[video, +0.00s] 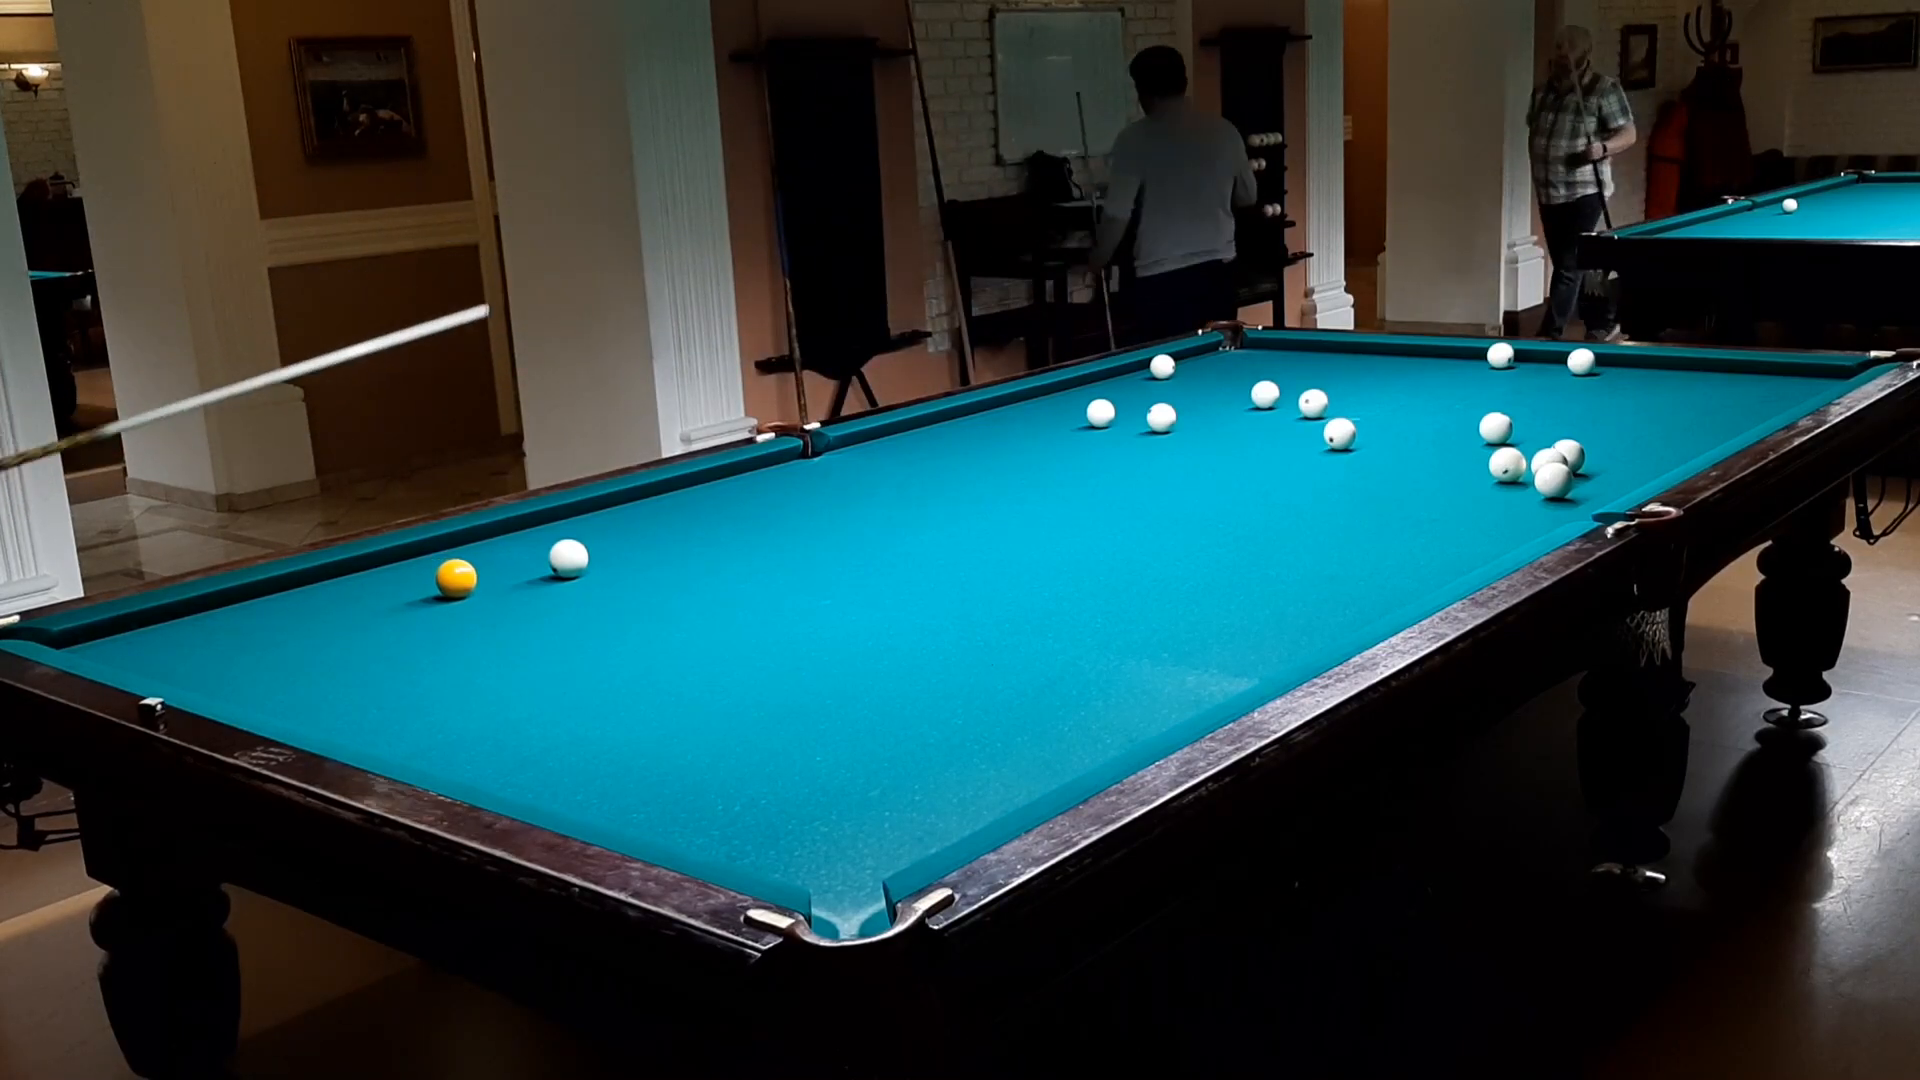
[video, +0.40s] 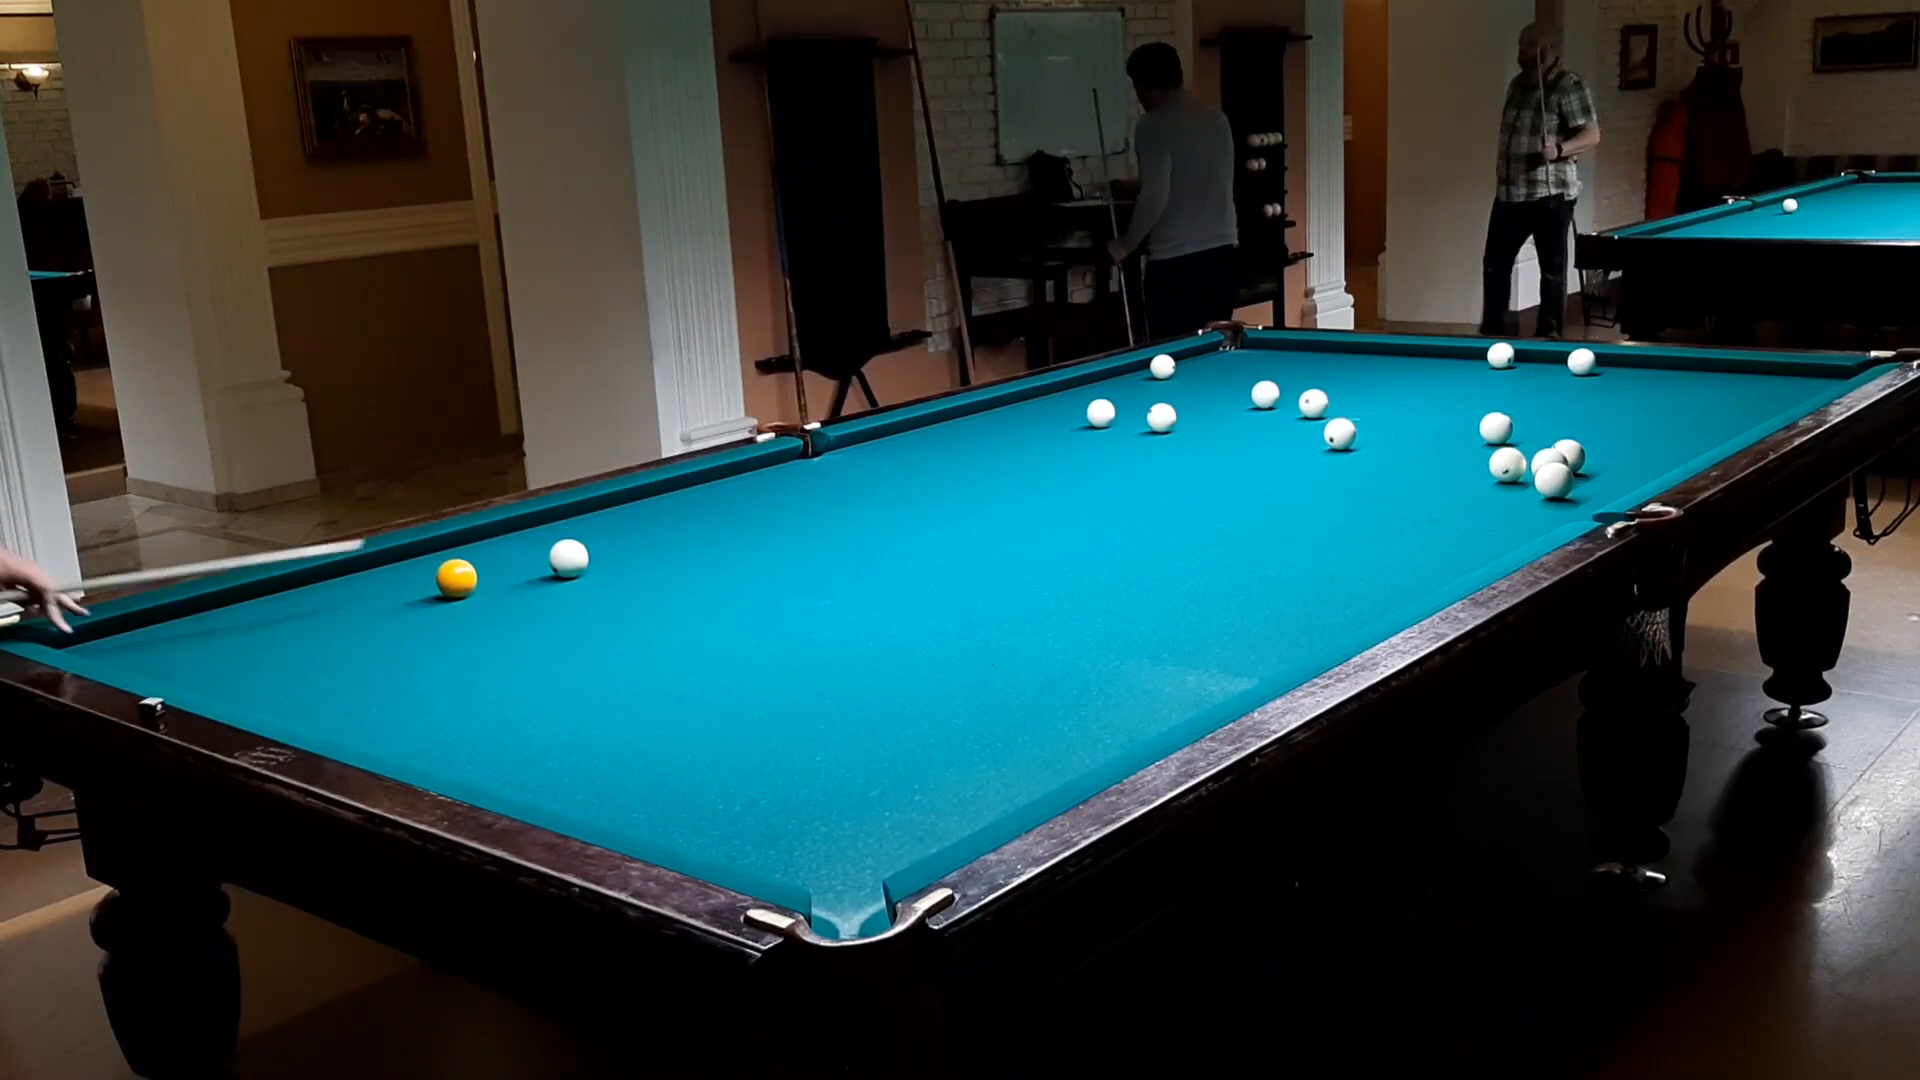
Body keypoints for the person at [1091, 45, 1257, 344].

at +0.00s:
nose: (1137, 96)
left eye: (1137, 88)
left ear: (1141, 91)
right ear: (1185, 82)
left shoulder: (1135, 138)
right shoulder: (1223, 130)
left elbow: (1117, 213)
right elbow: (1248, 195)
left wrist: (1098, 262)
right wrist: (1208, 194)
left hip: (1160, 276)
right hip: (1219, 269)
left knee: (1162, 370)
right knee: (1219, 369)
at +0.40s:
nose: (1136, 93)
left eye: (1136, 84)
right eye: (1135, 85)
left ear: (1146, 84)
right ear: (1178, 76)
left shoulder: (1153, 125)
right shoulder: (1216, 119)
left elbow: (1155, 195)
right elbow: (1217, 184)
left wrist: (1127, 244)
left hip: (1174, 265)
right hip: (1222, 257)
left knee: (1172, 359)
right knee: (1217, 353)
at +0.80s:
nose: (1148, 96)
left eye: (1149, 87)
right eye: (1146, 88)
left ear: (1164, 83)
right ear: (1187, 74)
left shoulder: (1183, 118)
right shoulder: (1228, 116)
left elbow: (1200, 180)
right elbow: (1233, 181)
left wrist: (1159, 225)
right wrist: (1171, 176)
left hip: (1197, 252)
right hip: (1233, 246)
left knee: (1187, 345)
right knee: (1224, 339)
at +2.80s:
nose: (1123, 103)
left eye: (1121, 94)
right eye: (1119, 95)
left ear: (1131, 87)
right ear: (1159, 76)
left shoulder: (1153, 120)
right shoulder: (1201, 110)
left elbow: (1167, 183)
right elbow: (1207, 177)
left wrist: (1138, 242)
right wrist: (1142, 186)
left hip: (1182, 253)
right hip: (1221, 243)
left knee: (1182, 347)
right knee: (1220, 340)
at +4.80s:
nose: (1114, 111)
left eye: (1111, 103)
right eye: (1109, 105)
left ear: (1120, 94)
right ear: (1146, 81)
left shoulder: (1144, 121)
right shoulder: (1194, 110)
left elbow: (1162, 184)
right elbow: (1208, 171)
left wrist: (1135, 243)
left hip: (1180, 250)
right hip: (1220, 239)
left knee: (1180, 343)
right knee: (1221, 334)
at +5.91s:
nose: (1110, 112)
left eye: (1107, 104)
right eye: (1105, 106)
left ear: (1117, 95)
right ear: (1141, 83)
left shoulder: (1140, 122)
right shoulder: (1187, 109)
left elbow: (1160, 181)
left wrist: (1134, 243)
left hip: (1181, 249)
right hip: (1220, 238)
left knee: (1181, 343)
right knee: (1221, 333)